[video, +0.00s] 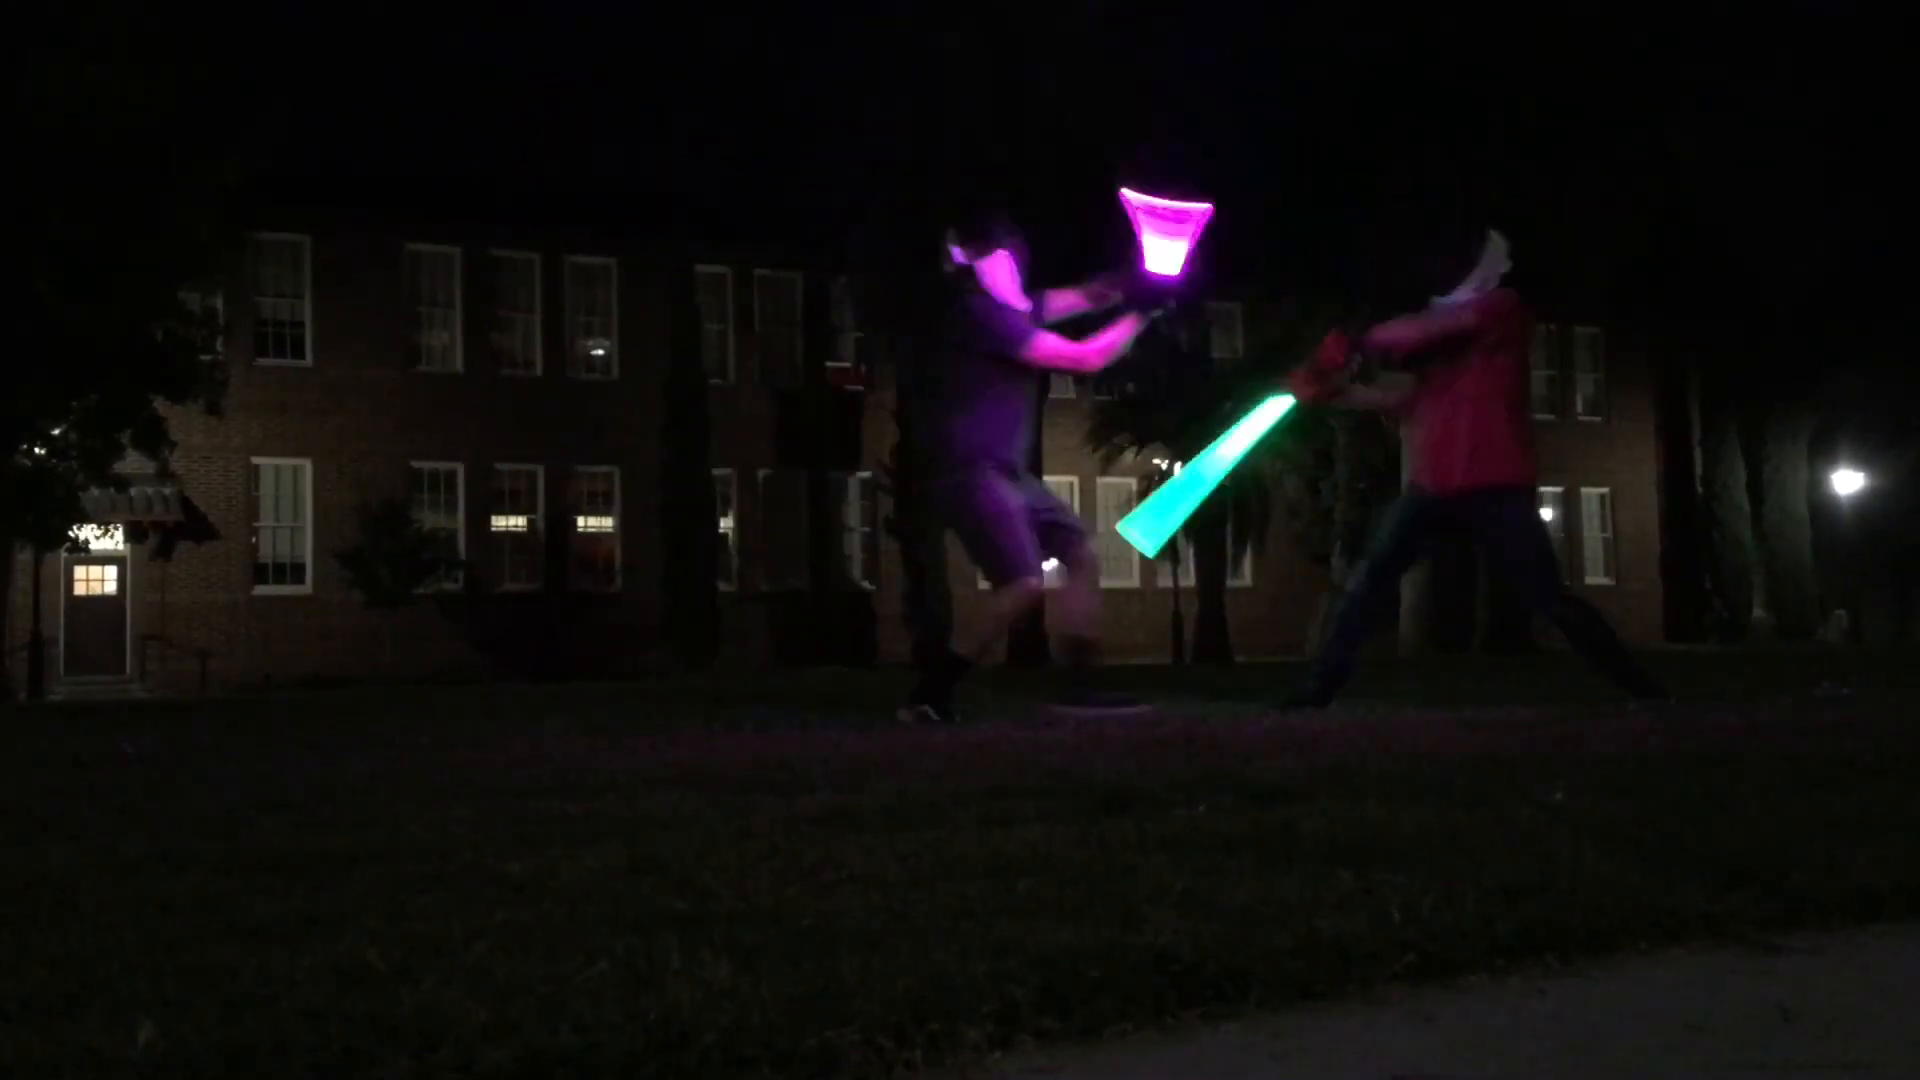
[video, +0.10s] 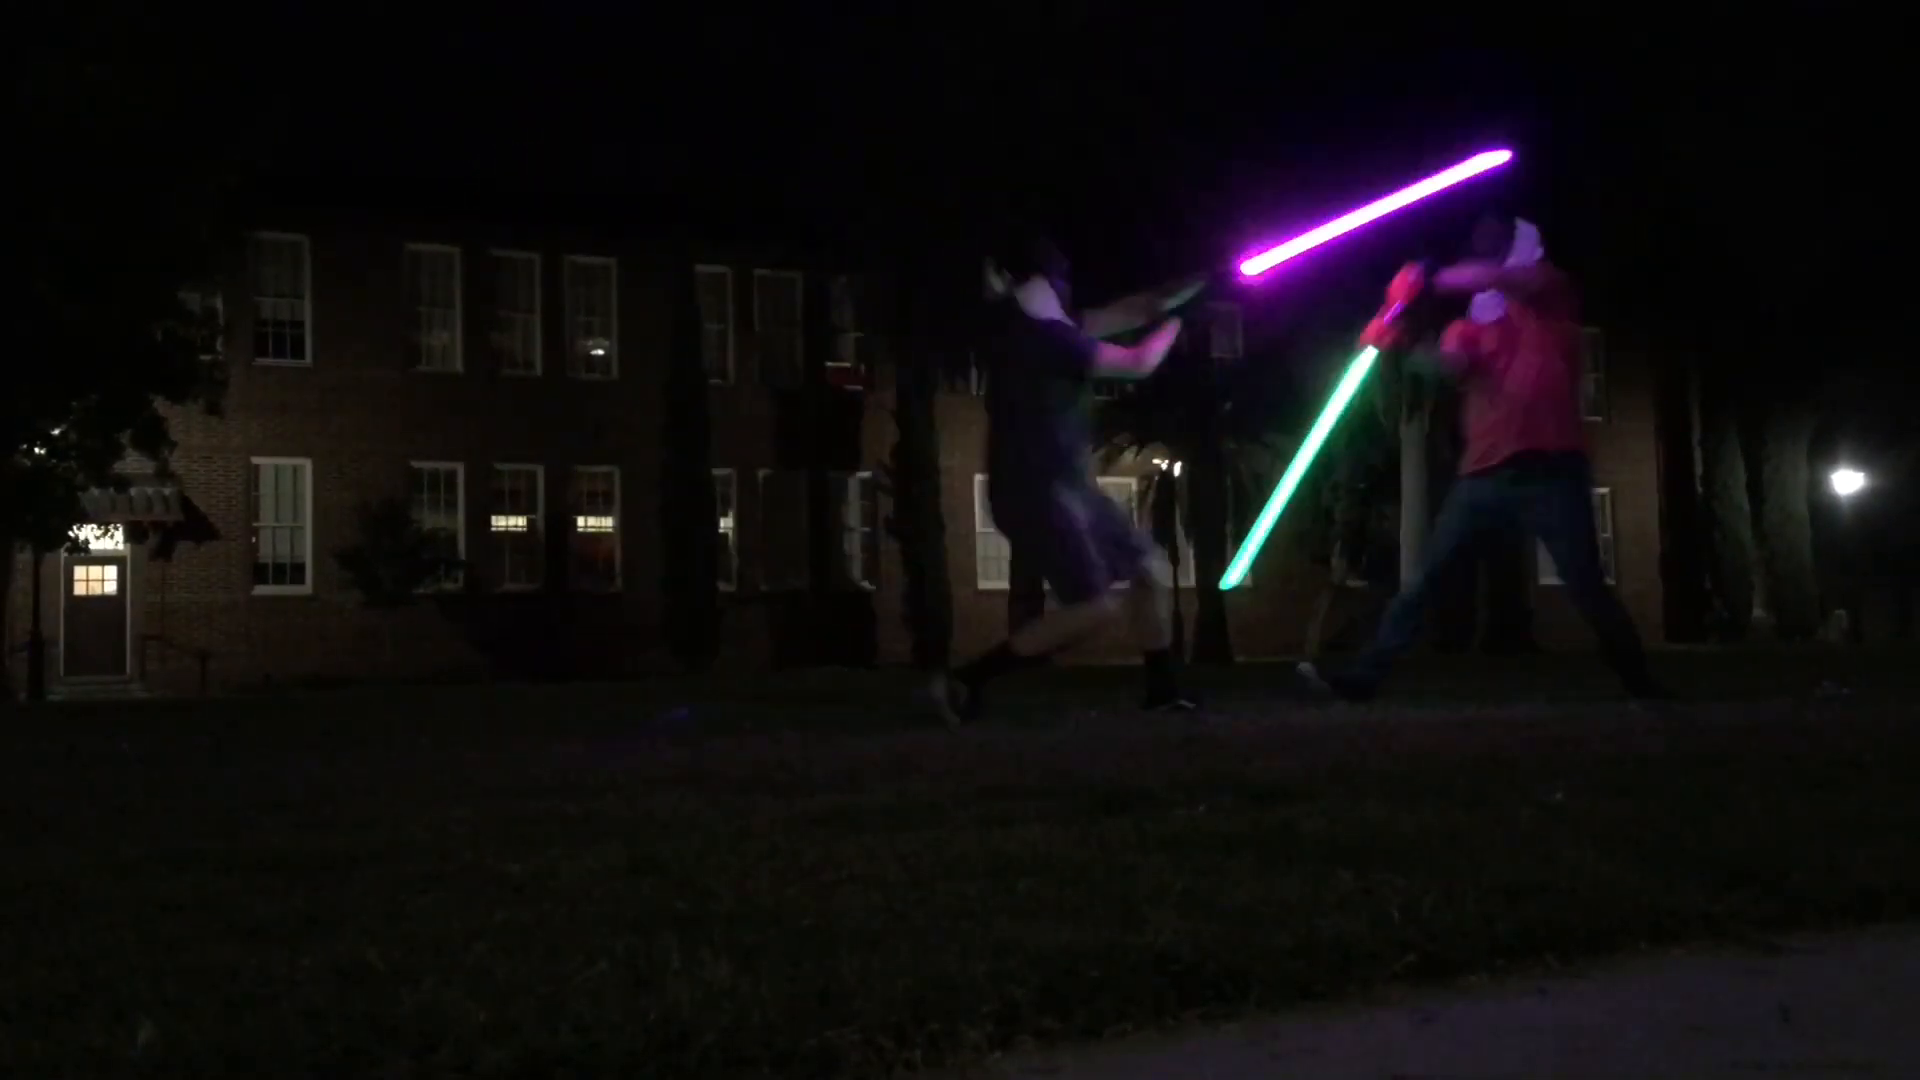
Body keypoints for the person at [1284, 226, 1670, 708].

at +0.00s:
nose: (1449, 282)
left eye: (1460, 271)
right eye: (1450, 273)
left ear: (1485, 274)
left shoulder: (1502, 310)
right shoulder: (1441, 330)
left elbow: (1431, 331)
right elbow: (1406, 398)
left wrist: (1367, 343)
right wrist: (1338, 392)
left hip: (1495, 482)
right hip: (1436, 485)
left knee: (1548, 598)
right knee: (1373, 584)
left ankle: (1640, 688)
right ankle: (1317, 690)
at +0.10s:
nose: (1491, 275)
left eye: (1502, 266)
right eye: (1486, 267)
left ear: (1527, 262)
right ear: (1484, 271)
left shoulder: (1554, 301)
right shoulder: (1474, 325)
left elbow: (1499, 277)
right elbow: (1444, 359)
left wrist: (1430, 280)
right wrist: (1398, 341)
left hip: (1550, 466)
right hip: (1484, 471)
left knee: (1587, 586)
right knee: (1431, 580)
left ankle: (1644, 687)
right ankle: (1361, 678)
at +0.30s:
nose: (1564, 226)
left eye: (1573, 217)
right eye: (1553, 220)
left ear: (1580, 222)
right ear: (1540, 229)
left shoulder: (1602, 254)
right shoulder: (1522, 280)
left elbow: (1579, 184)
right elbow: (1494, 245)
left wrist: (1516, 154)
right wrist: (1474, 181)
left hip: (1614, 412)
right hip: (1548, 419)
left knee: (1642, 551)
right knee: (1542, 555)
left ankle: (1650, 674)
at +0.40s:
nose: (1596, 222)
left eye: (1600, 210)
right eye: (1584, 214)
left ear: (1607, 215)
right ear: (1566, 223)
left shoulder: (1633, 252)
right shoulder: (1543, 272)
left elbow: (1616, 181)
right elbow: (1500, 215)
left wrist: (1566, 131)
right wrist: (1497, 149)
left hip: (1644, 421)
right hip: (1576, 427)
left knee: (1690, 526)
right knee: (1572, 560)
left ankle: (1695, 653)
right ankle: (1573, 679)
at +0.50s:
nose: (1624, 228)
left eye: (1635, 217)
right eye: (1620, 218)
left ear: (1651, 227)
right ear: (1605, 226)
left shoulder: (1666, 269)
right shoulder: (1577, 282)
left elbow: (1628, 209)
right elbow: (1519, 240)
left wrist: (1575, 160)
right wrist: (1524, 172)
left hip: (1673, 438)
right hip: (1604, 443)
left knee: (1747, 549)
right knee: (1578, 563)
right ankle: (1571, 680)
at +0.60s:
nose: (1626, 266)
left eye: (1638, 254)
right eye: (1624, 257)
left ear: (1667, 244)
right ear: (1632, 250)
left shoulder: (1702, 286)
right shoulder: (1618, 300)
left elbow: (1642, 269)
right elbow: (1544, 289)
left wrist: (1584, 231)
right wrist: (1548, 223)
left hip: (1713, 455)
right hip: (1646, 462)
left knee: (1789, 571)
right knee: (1607, 578)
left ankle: (1882, 670)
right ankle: (1573, 689)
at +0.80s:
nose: (1682, 239)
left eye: (1696, 228)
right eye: (1682, 228)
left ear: (1727, 234)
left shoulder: (1762, 286)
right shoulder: (1681, 305)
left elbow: (1726, 346)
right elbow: (1635, 353)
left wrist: (1653, 347)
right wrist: (1599, 328)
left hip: (1769, 457)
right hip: (1700, 464)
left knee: (1828, 572)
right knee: (1649, 575)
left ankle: (1887, 676)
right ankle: (1595, 678)